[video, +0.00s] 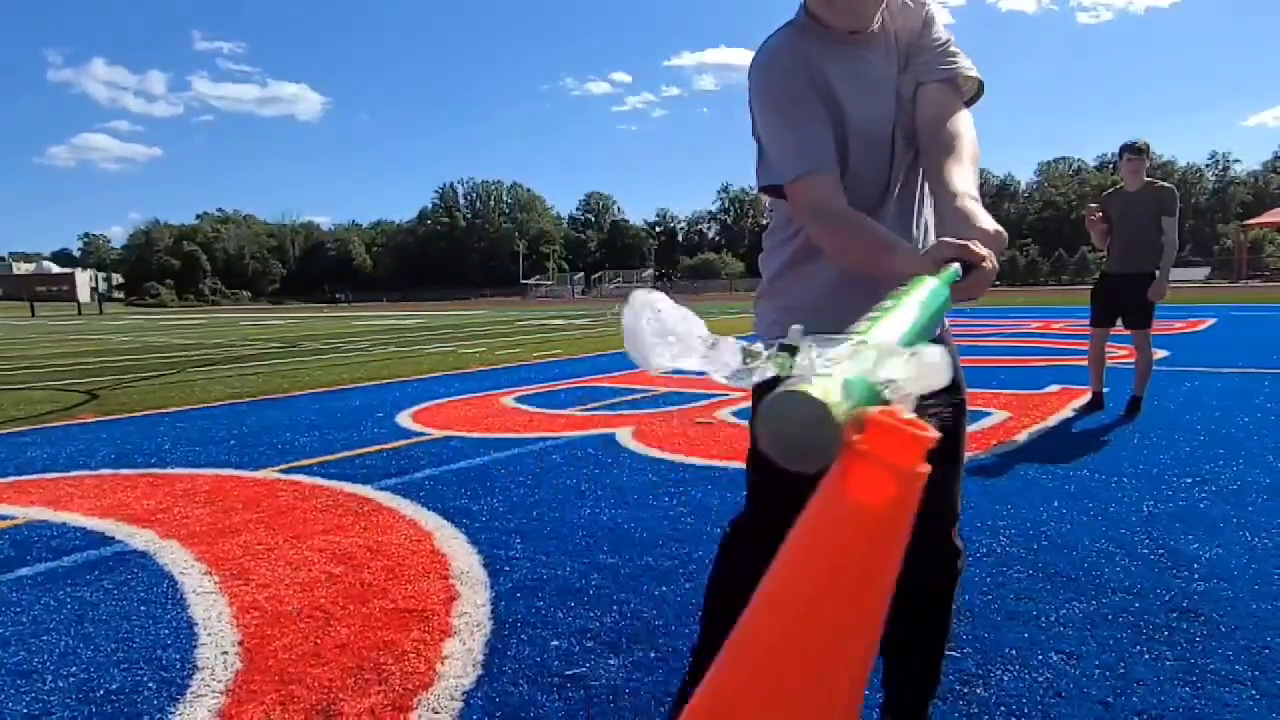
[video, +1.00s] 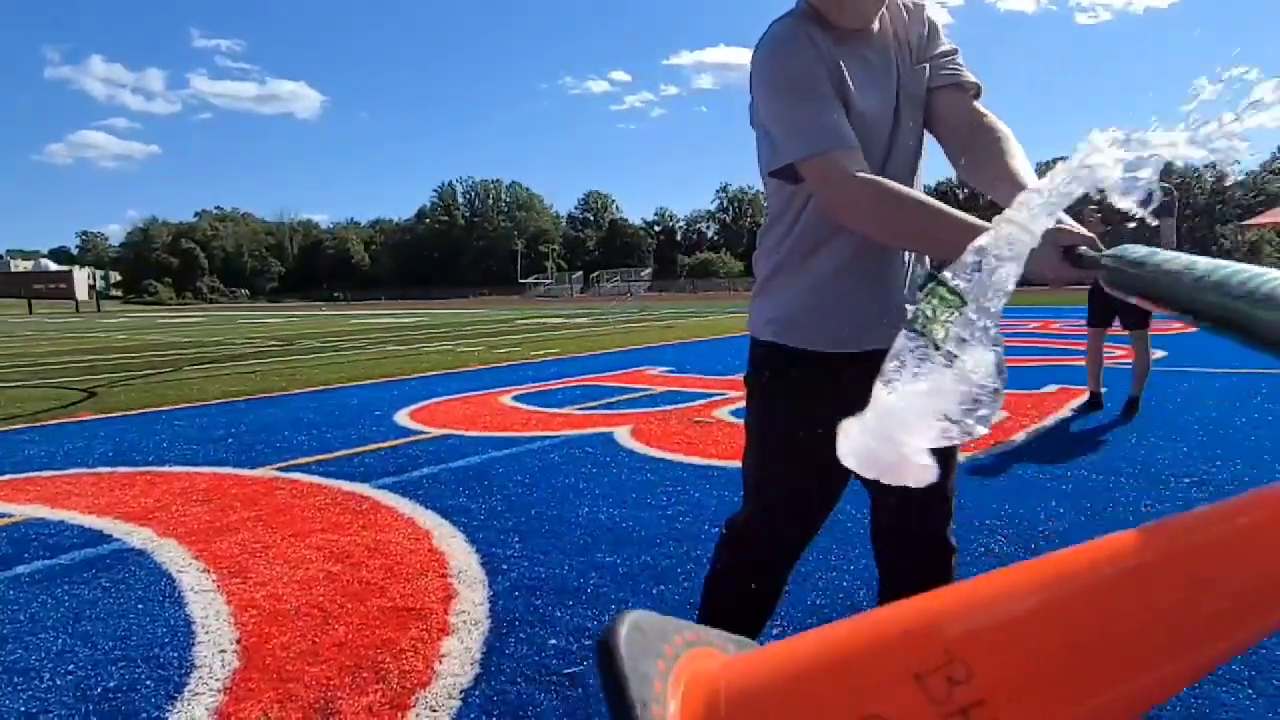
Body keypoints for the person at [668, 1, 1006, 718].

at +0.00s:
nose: (867, 0)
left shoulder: (916, 20)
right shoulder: (783, 62)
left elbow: (946, 122)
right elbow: (821, 211)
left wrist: (961, 202)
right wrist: (912, 265)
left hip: (914, 328)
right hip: (808, 336)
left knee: (930, 544)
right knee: (773, 534)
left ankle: (908, 706)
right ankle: (703, 702)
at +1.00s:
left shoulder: (912, 21)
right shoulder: (788, 50)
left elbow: (970, 129)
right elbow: (845, 192)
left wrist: (1042, 217)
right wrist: (1015, 252)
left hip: (907, 335)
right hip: (806, 343)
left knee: (920, 539)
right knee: (775, 527)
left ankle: (922, 702)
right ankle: (702, 684)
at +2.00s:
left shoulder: (913, 23)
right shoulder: (798, 42)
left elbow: (977, 137)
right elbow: (887, 182)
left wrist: (1083, 221)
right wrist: (1064, 238)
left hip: (904, 338)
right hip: (802, 346)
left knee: (921, 539)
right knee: (769, 531)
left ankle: (923, 694)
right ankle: (693, 696)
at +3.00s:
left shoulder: (904, 23)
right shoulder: (812, 39)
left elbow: (957, 136)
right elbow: (914, 177)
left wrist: (1086, 217)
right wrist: (1081, 227)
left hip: (898, 344)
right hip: (798, 348)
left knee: (908, 552)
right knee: (764, 536)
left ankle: (899, 707)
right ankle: (689, 700)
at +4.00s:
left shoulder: (901, 35)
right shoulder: (825, 33)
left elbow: (934, 178)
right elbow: (931, 169)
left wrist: (1041, 222)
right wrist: (1086, 214)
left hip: (890, 335)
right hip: (796, 337)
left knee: (905, 546)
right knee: (765, 529)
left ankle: (897, 706)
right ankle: (687, 699)